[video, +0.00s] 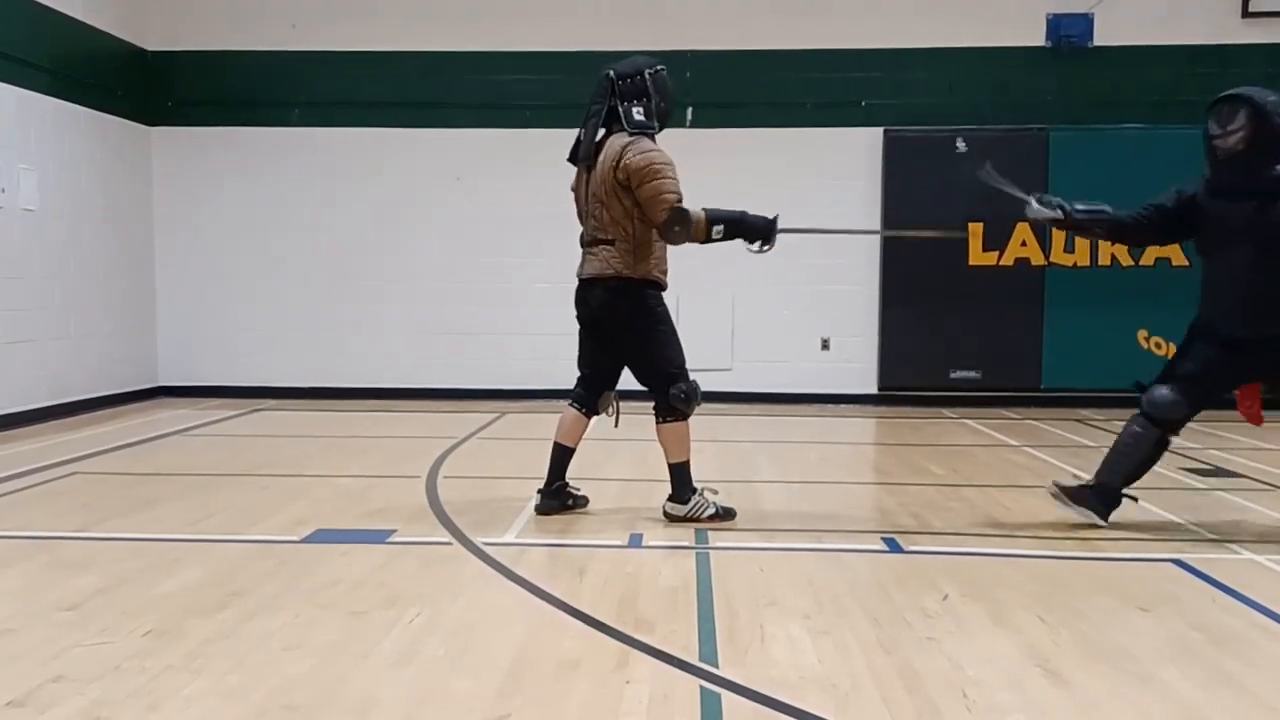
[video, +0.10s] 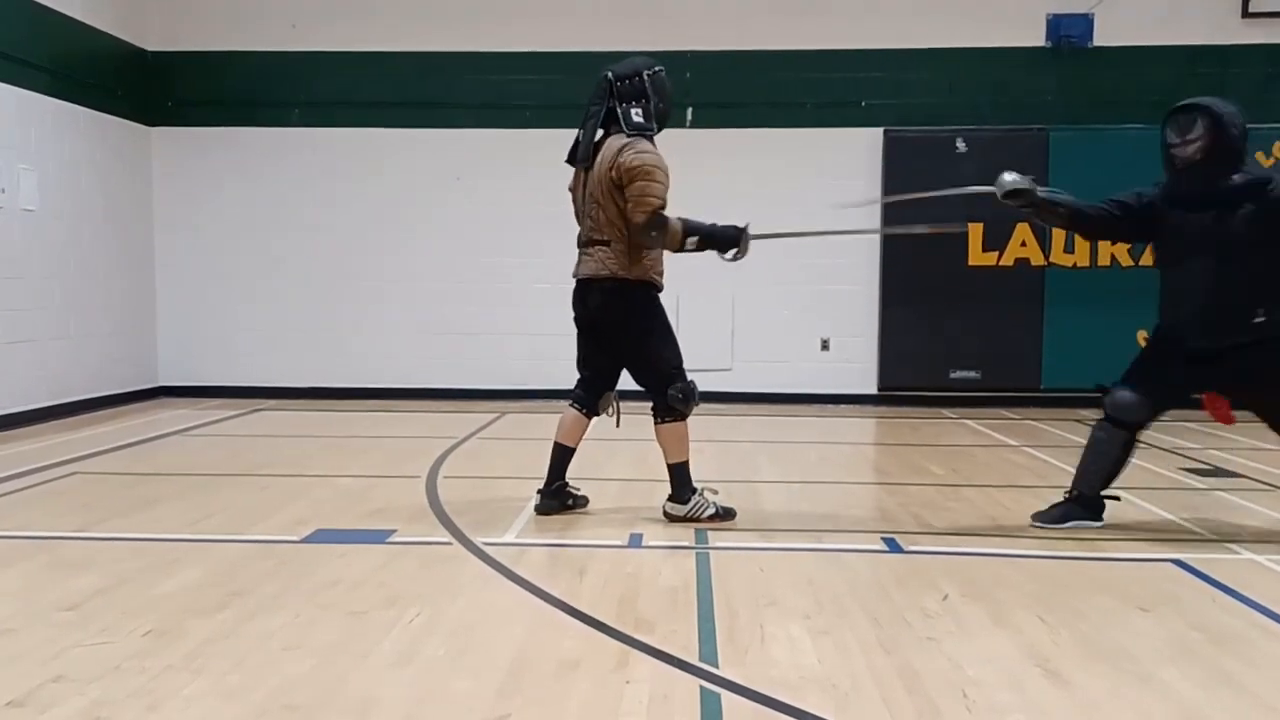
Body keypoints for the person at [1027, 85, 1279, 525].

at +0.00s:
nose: (1220, 133)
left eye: (1234, 125)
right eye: (1218, 124)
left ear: (1263, 132)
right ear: (1211, 128)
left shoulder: (1271, 189)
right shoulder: (1211, 194)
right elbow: (1144, 225)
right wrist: (1069, 217)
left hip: (1270, 328)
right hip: (1223, 328)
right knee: (1165, 403)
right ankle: (1103, 491)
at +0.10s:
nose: (1179, 144)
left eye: (1193, 134)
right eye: (1178, 134)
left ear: (1224, 141)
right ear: (1171, 138)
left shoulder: (1261, 194)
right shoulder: (1166, 201)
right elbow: (1102, 219)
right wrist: (1036, 202)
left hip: (1251, 341)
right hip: (1179, 343)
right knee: (1124, 405)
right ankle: (1083, 500)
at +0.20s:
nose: (1140, 154)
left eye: (1153, 144)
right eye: (1136, 146)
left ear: (1185, 148)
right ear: (1129, 151)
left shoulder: (1234, 201)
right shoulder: (1126, 207)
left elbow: (1279, 220)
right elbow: (1066, 215)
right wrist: (1004, 196)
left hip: (1232, 346)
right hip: (1151, 346)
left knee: (1278, 439)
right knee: (1093, 398)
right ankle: (1079, 500)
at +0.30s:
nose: (1116, 154)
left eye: (1127, 143)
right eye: (1111, 146)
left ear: (1159, 146)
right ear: (1105, 154)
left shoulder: (1208, 200)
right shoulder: (1107, 209)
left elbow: (1272, 224)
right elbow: (1053, 228)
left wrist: (1223, 277)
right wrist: (996, 209)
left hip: (1213, 344)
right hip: (1136, 345)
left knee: (1264, 439)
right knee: (1079, 397)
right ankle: (1077, 500)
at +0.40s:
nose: (1114, 154)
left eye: (1126, 143)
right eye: (1111, 145)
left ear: (1159, 147)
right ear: (1104, 151)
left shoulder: (1206, 201)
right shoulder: (1106, 209)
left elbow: (1271, 227)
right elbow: (1054, 237)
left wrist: (1221, 277)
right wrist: (1002, 226)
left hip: (1208, 345)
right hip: (1132, 344)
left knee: (1257, 440)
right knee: (1075, 395)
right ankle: (1075, 500)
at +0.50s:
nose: (1133, 147)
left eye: (1146, 138)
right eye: (1132, 139)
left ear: (1180, 143)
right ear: (1128, 145)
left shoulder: (1231, 203)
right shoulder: (1121, 204)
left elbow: (1277, 246)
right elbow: (1065, 242)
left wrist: (1229, 281)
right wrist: (1001, 247)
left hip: (1213, 347)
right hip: (1134, 343)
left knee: (1255, 442)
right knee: (1080, 395)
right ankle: (1077, 500)